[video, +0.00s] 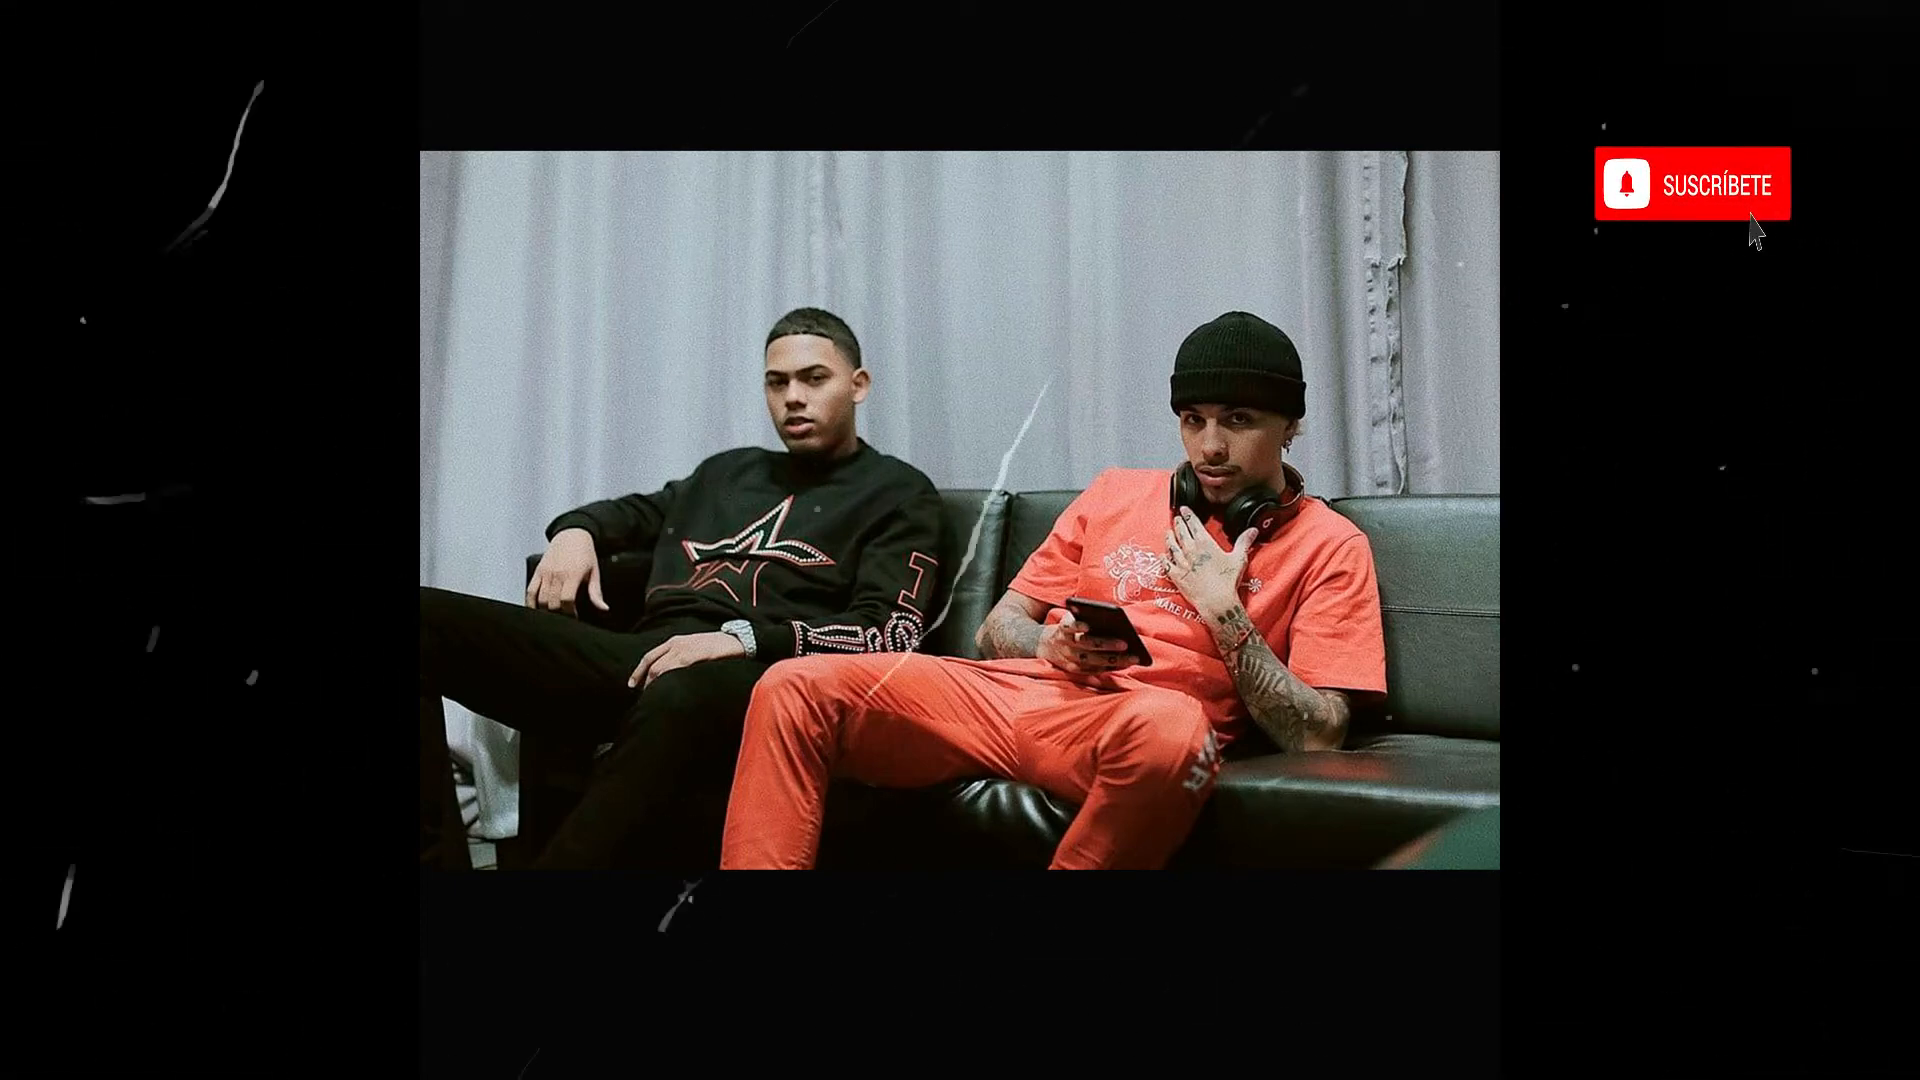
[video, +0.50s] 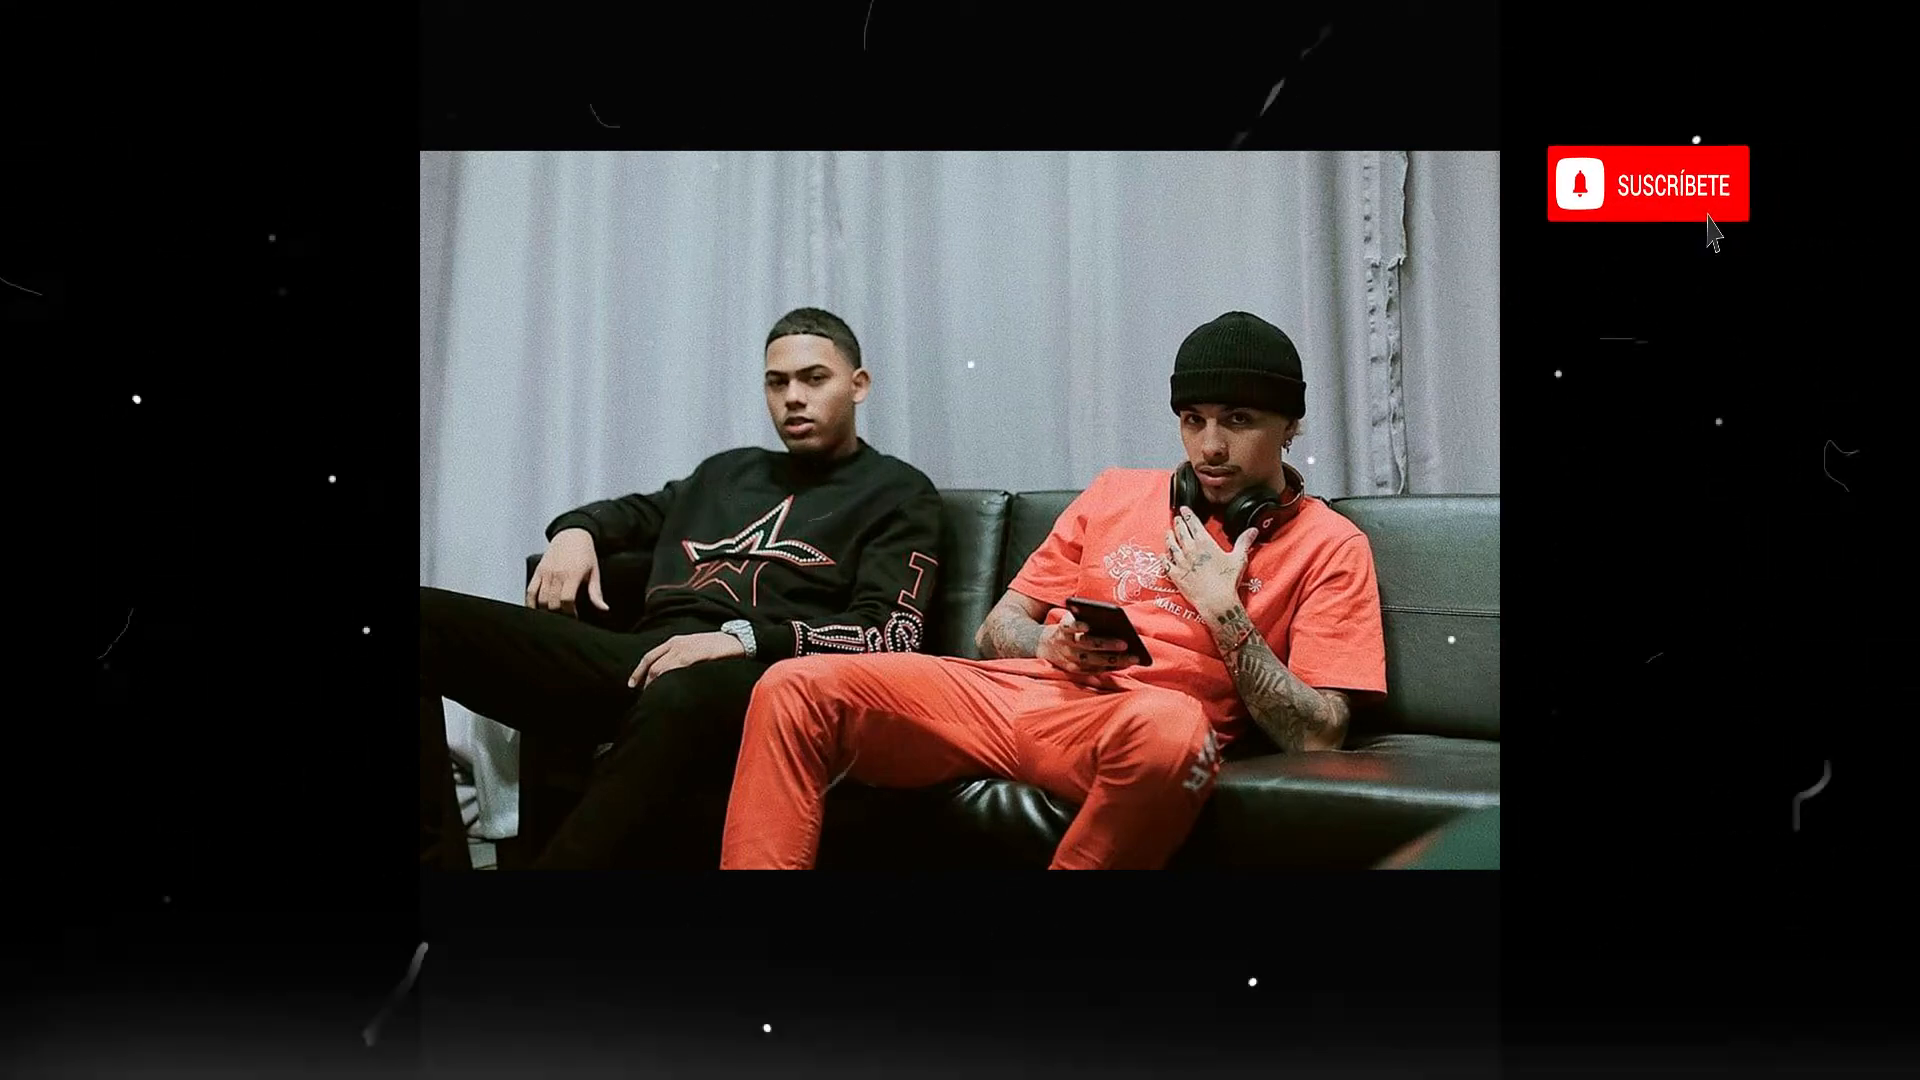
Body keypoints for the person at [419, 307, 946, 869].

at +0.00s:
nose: (793, 399)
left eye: (814, 379)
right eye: (779, 382)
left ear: (859, 385)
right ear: (765, 390)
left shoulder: (900, 494)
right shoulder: (728, 472)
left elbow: (892, 636)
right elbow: (642, 515)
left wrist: (744, 639)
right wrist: (575, 530)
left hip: (770, 681)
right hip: (636, 653)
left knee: (680, 702)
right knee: (426, 617)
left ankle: (561, 873)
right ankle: (441, 857)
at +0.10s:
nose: (793, 398)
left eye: (813, 378)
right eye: (779, 382)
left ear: (859, 385)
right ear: (765, 390)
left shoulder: (899, 493)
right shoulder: (728, 472)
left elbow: (892, 635)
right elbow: (641, 515)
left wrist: (744, 638)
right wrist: (574, 530)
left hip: (769, 681)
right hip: (637, 654)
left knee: (683, 700)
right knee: (426, 617)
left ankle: (562, 873)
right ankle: (441, 856)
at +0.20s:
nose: (793, 398)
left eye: (813, 379)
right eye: (778, 382)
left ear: (859, 385)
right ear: (765, 390)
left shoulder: (900, 494)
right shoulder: (728, 472)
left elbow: (892, 635)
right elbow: (641, 516)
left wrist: (743, 638)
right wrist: (575, 530)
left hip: (771, 680)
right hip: (637, 653)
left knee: (681, 700)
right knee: (425, 617)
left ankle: (559, 876)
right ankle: (441, 858)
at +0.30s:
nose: (793, 398)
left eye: (813, 379)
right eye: (779, 382)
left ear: (859, 385)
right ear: (765, 390)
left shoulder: (899, 494)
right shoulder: (727, 472)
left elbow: (892, 635)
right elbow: (644, 516)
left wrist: (743, 638)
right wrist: (575, 530)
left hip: (770, 681)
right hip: (637, 654)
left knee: (681, 701)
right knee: (425, 617)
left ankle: (560, 874)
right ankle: (441, 858)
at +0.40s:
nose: (793, 399)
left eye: (814, 379)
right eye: (779, 382)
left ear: (859, 385)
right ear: (765, 390)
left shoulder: (901, 493)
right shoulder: (727, 472)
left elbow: (889, 634)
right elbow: (640, 515)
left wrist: (744, 638)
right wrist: (575, 529)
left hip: (769, 679)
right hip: (637, 652)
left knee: (680, 702)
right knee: (427, 616)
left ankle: (561, 874)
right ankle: (441, 851)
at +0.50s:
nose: (793, 398)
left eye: (813, 379)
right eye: (778, 382)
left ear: (859, 385)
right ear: (765, 390)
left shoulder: (899, 494)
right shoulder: (728, 472)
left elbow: (892, 635)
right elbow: (640, 516)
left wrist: (743, 638)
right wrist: (575, 530)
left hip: (770, 681)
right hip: (638, 654)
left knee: (681, 701)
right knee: (420, 617)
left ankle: (556, 886)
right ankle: (441, 870)